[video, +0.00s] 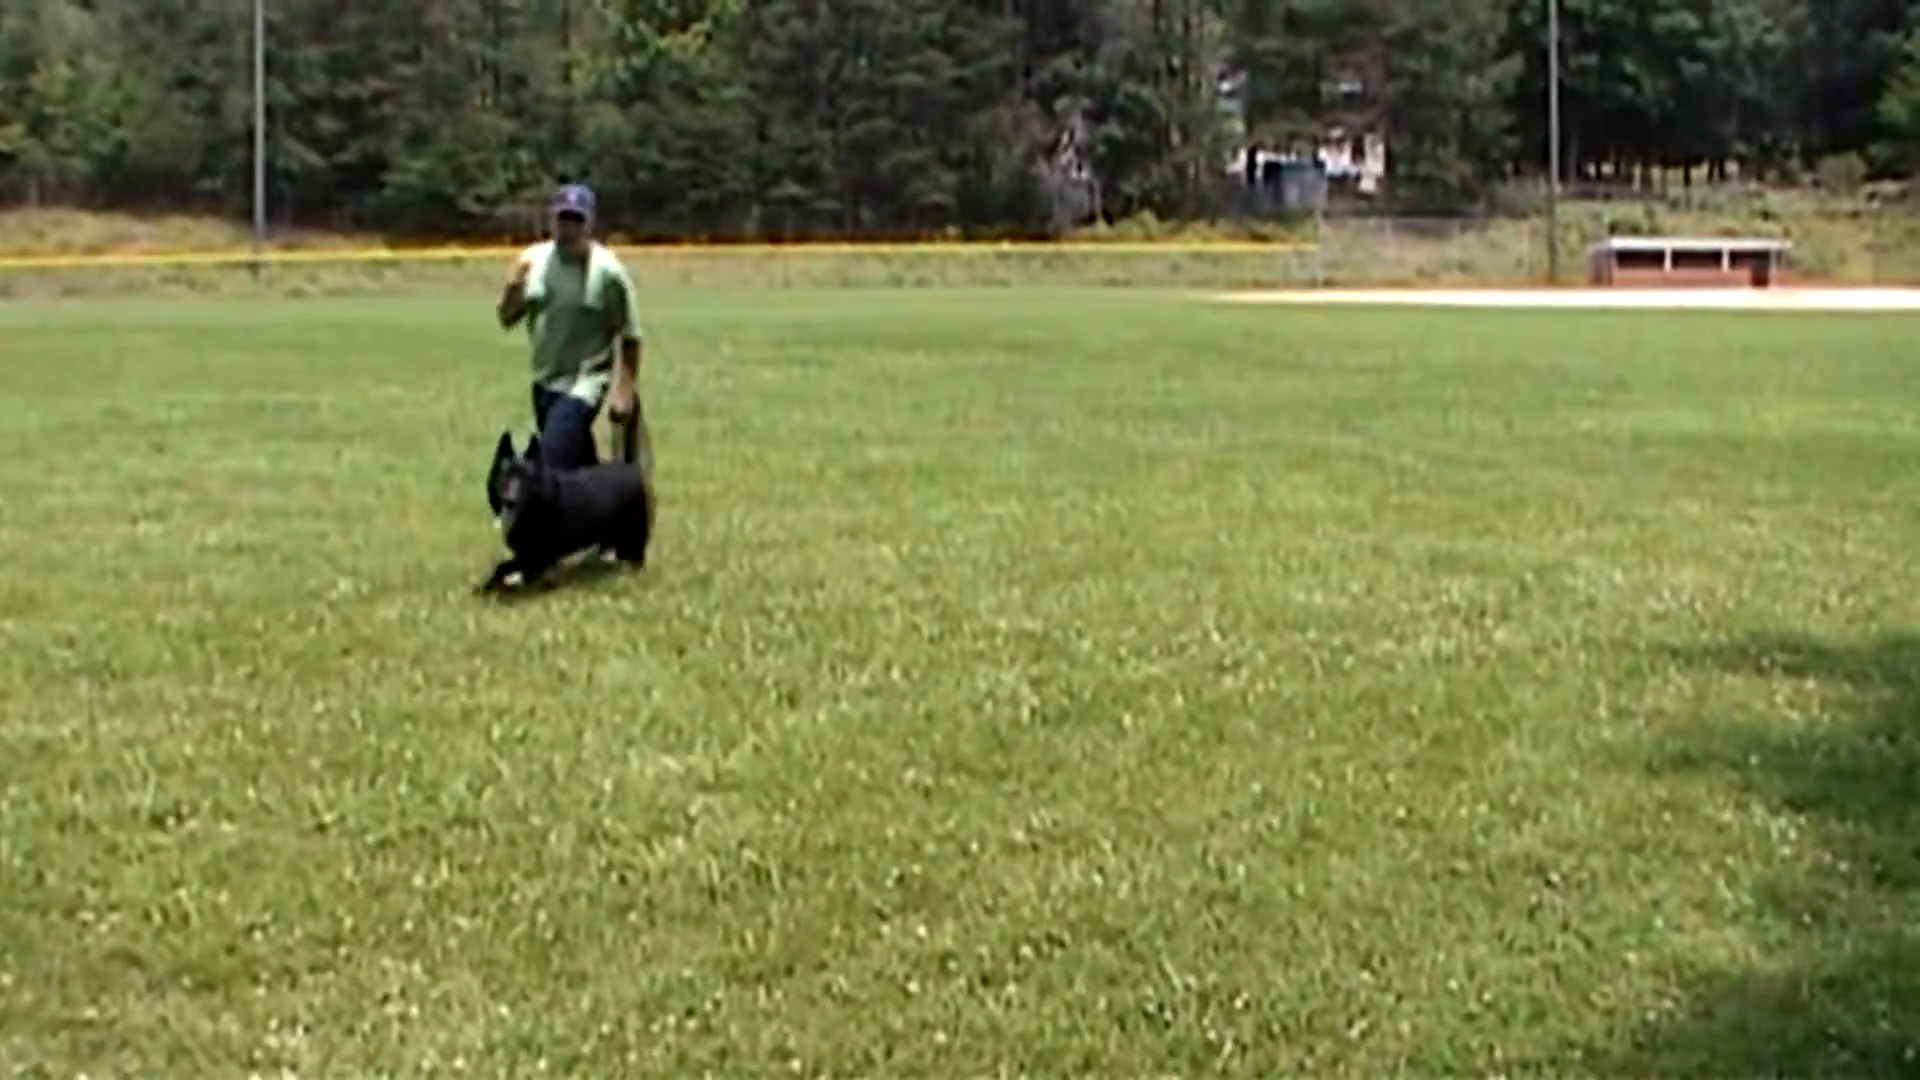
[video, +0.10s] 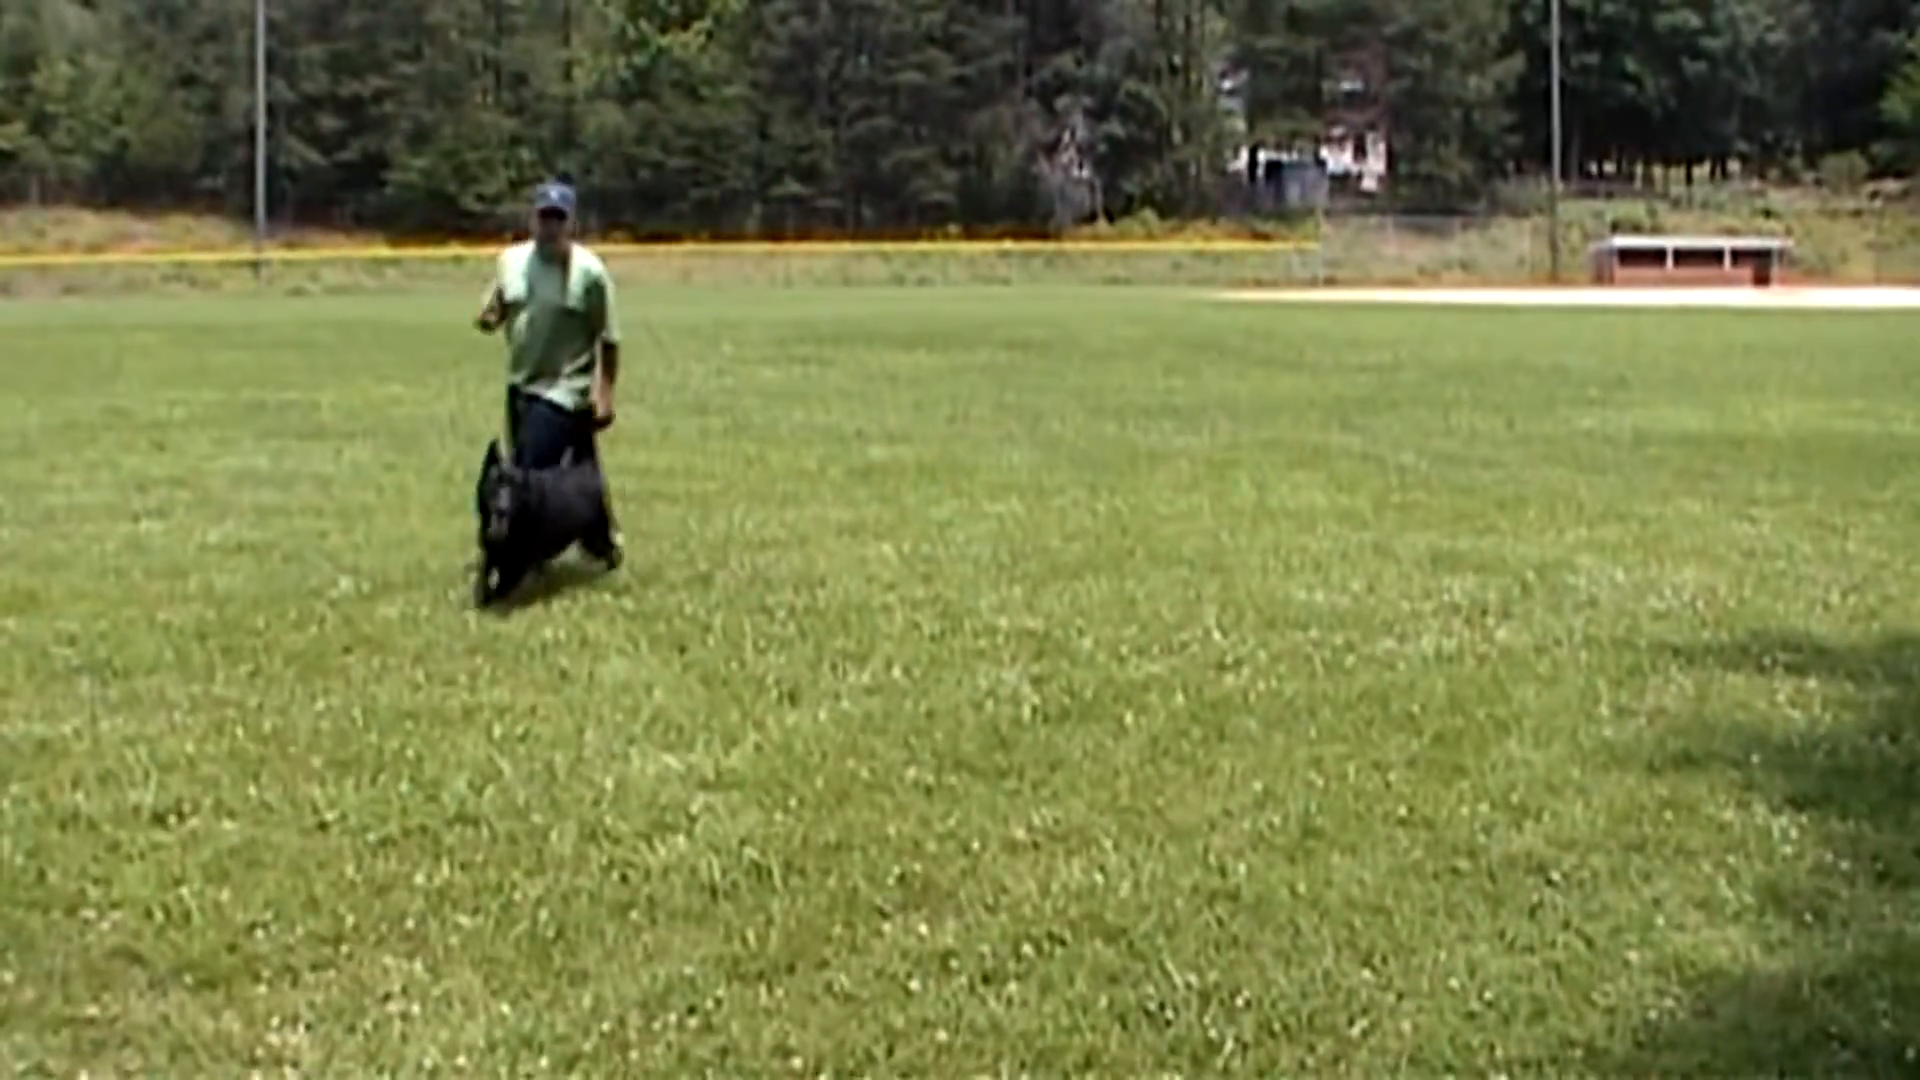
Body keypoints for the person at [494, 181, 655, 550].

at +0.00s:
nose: (569, 228)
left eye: (577, 220)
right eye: (563, 219)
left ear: (589, 225)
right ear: (552, 222)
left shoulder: (608, 272)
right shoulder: (537, 260)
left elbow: (629, 335)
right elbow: (508, 319)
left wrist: (625, 388)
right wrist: (514, 287)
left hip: (588, 377)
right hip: (547, 376)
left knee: (550, 452)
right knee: (578, 463)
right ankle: (601, 534)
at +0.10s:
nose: (549, 226)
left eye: (558, 218)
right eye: (543, 217)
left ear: (571, 223)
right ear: (533, 220)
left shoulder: (589, 272)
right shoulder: (513, 261)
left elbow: (607, 337)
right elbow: (494, 316)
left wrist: (605, 391)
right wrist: (493, 313)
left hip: (568, 384)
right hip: (524, 381)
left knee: (533, 468)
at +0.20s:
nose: (528, 218)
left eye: (536, 209)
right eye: (521, 208)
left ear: (549, 213)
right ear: (509, 210)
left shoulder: (570, 264)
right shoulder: (489, 253)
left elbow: (586, 332)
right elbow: (469, 304)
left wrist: (582, 387)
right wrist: (449, 345)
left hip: (548, 378)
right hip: (499, 373)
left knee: (521, 465)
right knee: (479, 454)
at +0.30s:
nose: (484, 204)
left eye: (492, 195)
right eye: (477, 194)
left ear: (505, 200)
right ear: (464, 198)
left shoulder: (528, 252)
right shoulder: (442, 246)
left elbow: (541, 322)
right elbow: (420, 310)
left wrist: (527, 375)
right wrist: (398, 366)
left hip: (503, 375)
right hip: (452, 368)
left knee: (496, 468)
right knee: (424, 452)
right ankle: (460, 513)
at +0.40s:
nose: (443, 195)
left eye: (451, 185)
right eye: (435, 185)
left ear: (463, 189)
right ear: (420, 188)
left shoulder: (487, 243)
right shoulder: (395, 238)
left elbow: (501, 309)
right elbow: (375, 301)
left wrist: (479, 362)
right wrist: (354, 357)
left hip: (458, 370)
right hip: (405, 362)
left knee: (455, 468)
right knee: (386, 451)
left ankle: (453, 550)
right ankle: (394, 544)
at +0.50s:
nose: (402, 194)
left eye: (411, 184)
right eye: (394, 184)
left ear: (424, 188)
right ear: (378, 187)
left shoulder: (449, 241)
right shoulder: (357, 238)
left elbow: (464, 306)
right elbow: (337, 297)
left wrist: (439, 354)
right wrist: (314, 353)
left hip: (426, 372)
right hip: (371, 365)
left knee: (420, 477)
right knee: (357, 462)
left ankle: (411, 558)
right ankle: (344, 555)